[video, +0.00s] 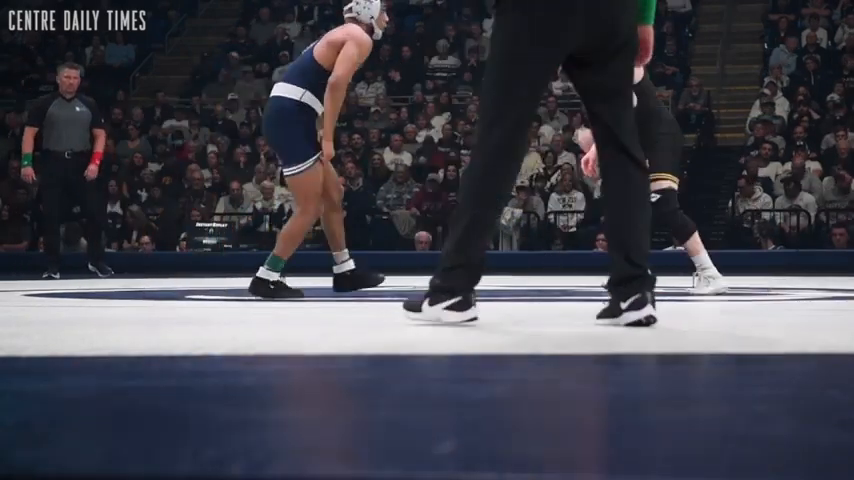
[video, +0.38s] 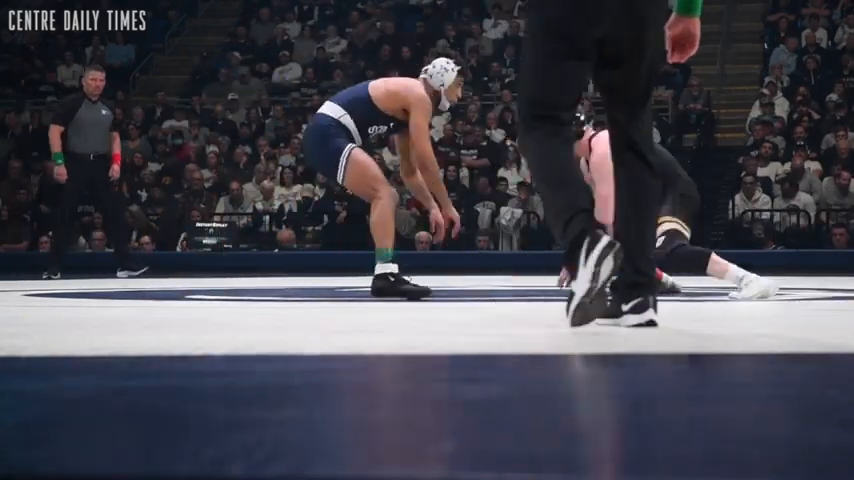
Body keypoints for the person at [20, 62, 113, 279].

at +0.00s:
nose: (71, 82)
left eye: (75, 78)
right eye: (67, 78)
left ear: (80, 81)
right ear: (58, 79)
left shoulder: (89, 105)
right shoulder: (44, 104)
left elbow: (100, 135)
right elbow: (29, 132)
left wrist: (95, 162)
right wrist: (26, 163)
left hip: (82, 164)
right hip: (52, 164)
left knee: (94, 212)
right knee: (51, 214)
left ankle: (95, 260)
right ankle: (52, 265)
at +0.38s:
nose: (98, 84)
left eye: (101, 80)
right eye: (93, 80)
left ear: (104, 83)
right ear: (83, 81)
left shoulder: (108, 109)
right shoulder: (71, 104)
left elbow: (115, 136)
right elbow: (54, 131)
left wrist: (116, 162)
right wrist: (58, 162)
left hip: (101, 167)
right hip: (75, 166)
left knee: (115, 210)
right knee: (65, 213)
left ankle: (124, 263)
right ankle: (54, 265)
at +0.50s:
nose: (115, 86)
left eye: (118, 82)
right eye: (111, 82)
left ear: (122, 85)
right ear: (101, 83)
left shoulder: (122, 109)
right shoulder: (91, 104)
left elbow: (126, 138)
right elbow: (75, 132)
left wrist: (129, 163)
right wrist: (80, 162)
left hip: (115, 167)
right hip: (93, 166)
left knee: (125, 213)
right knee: (74, 214)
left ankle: (126, 264)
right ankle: (55, 264)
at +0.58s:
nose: (124, 86)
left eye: (128, 83)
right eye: (120, 82)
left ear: (132, 86)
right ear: (111, 84)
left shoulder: (130, 109)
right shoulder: (102, 103)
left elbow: (134, 137)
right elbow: (87, 132)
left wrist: (138, 163)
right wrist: (95, 162)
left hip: (125, 166)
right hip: (105, 164)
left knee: (132, 214)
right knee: (89, 214)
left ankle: (127, 263)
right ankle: (59, 261)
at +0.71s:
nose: (137, 86)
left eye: (140, 83)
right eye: (132, 82)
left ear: (144, 86)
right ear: (123, 83)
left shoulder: (140, 109)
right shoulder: (114, 103)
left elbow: (143, 138)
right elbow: (103, 133)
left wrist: (151, 162)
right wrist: (116, 161)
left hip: (134, 164)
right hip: (113, 163)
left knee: (135, 213)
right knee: (108, 211)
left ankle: (129, 264)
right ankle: (78, 253)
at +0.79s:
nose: (143, 85)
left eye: (147, 82)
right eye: (139, 81)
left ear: (150, 84)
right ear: (129, 83)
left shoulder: (145, 107)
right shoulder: (122, 101)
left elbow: (149, 137)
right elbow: (112, 132)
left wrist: (161, 162)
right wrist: (127, 161)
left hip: (139, 162)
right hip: (122, 161)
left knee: (138, 212)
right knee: (129, 209)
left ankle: (129, 263)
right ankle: (100, 254)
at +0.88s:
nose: (151, 86)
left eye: (154, 82)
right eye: (146, 81)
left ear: (157, 85)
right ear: (137, 82)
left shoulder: (152, 107)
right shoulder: (130, 101)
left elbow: (155, 137)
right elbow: (118, 131)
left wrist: (169, 160)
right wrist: (133, 160)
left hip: (143, 161)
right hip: (128, 160)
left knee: (140, 210)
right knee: (138, 209)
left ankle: (129, 260)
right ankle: (126, 260)